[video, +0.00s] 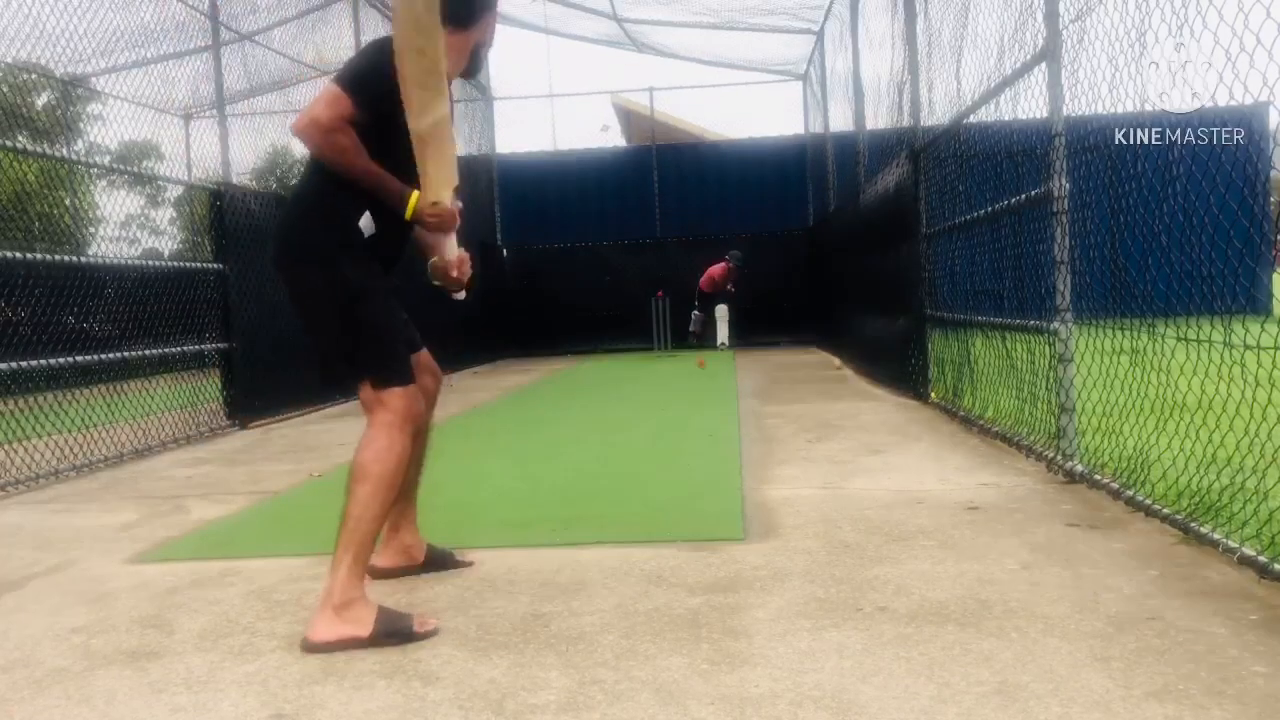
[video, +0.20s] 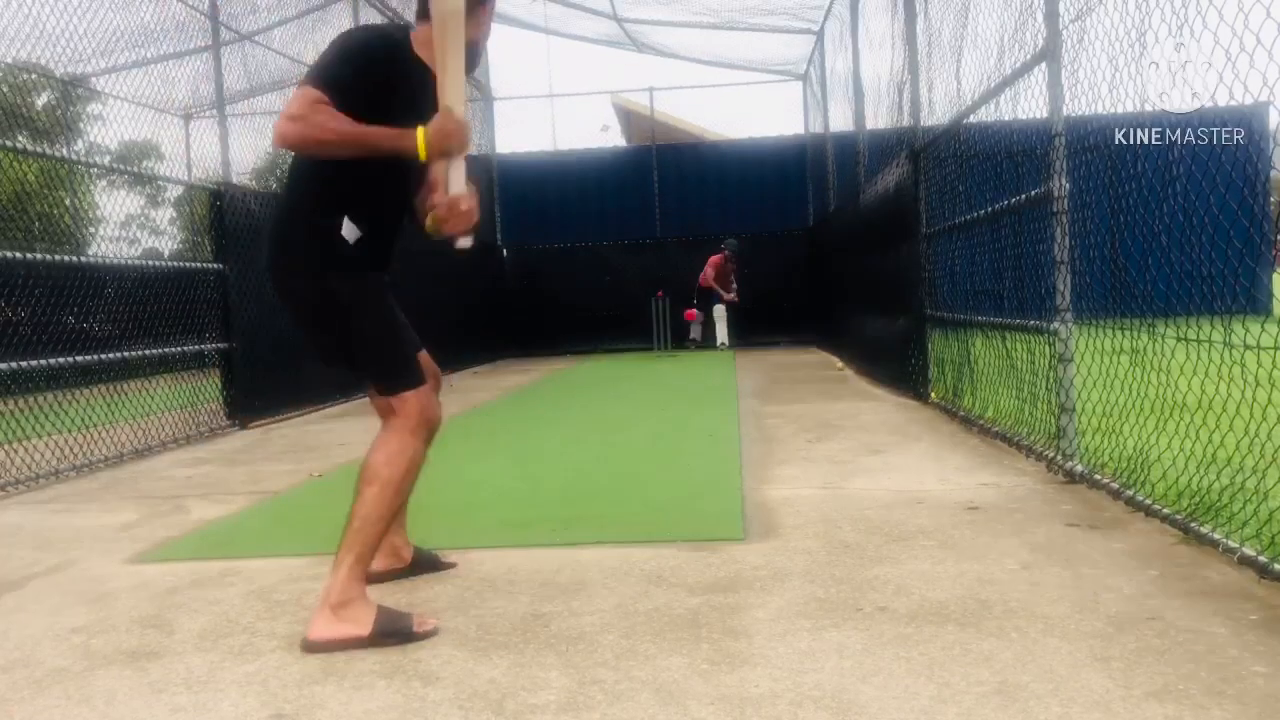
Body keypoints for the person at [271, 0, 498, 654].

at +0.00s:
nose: (482, 52)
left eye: (486, 39)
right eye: (484, 36)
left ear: (440, 23)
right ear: (468, 25)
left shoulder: (429, 86)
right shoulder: (394, 57)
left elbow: (420, 192)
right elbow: (316, 125)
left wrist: (442, 250)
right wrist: (408, 200)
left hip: (351, 250)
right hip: (320, 249)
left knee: (423, 377)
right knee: (396, 402)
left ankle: (398, 543)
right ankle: (341, 607)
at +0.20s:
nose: (485, 31)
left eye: (488, 19)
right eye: (480, 15)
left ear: (470, 19)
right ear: (446, 12)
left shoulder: (436, 91)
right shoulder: (367, 48)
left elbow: (422, 190)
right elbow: (292, 127)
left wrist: (446, 211)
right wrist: (416, 139)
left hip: (353, 260)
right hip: (314, 258)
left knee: (422, 380)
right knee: (414, 411)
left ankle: (390, 546)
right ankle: (341, 605)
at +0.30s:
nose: (476, 27)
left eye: (475, 16)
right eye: (472, 15)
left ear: (420, 14)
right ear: (450, 15)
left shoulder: (420, 75)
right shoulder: (370, 61)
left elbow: (464, 164)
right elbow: (387, 173)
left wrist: (532, 169)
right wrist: (493, 123)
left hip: (347, 261)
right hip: (319, 263)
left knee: (399, 402)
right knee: (429, 418)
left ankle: (387, 545)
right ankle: (339, 605)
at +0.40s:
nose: (452, 3)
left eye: (451, 1)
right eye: (449, 1)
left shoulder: (312, 12)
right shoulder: (410, 37)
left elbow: (366, 104)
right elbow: (442, 169)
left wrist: (456, 127)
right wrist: (505, 169)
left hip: (280, 226)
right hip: (350, 237)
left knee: (367, 389)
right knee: (414, 407)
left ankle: (392, 537)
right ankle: (342, 607)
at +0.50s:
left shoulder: (279, 11)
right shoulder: (421, 15)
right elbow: (438, 98)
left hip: (298, 213)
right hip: (380, 217)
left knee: (365, 377)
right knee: (380, 403)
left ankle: (399, 533)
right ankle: (341, 605)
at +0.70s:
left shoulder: (326, 3)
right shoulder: (437, 11)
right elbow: (409, 105)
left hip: (294, 192)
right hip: (383, 197)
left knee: (304, 375)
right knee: (367, 400)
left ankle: (385, 539)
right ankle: (338, 609)